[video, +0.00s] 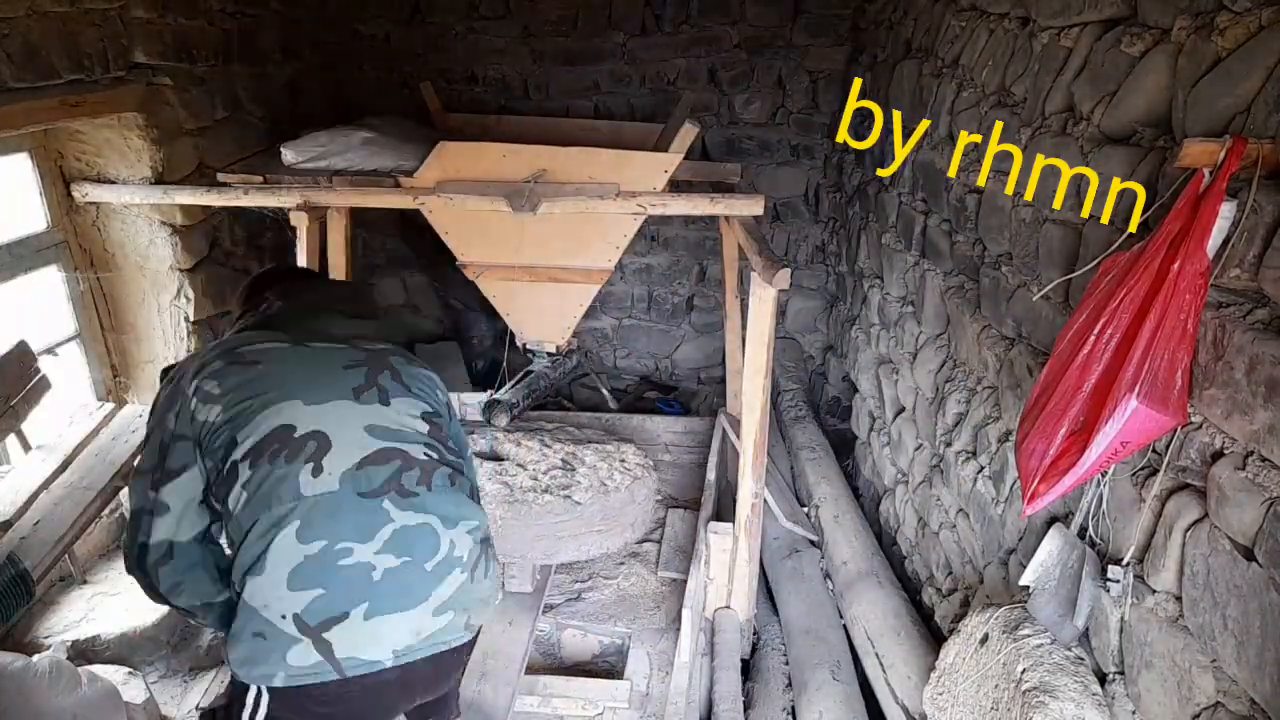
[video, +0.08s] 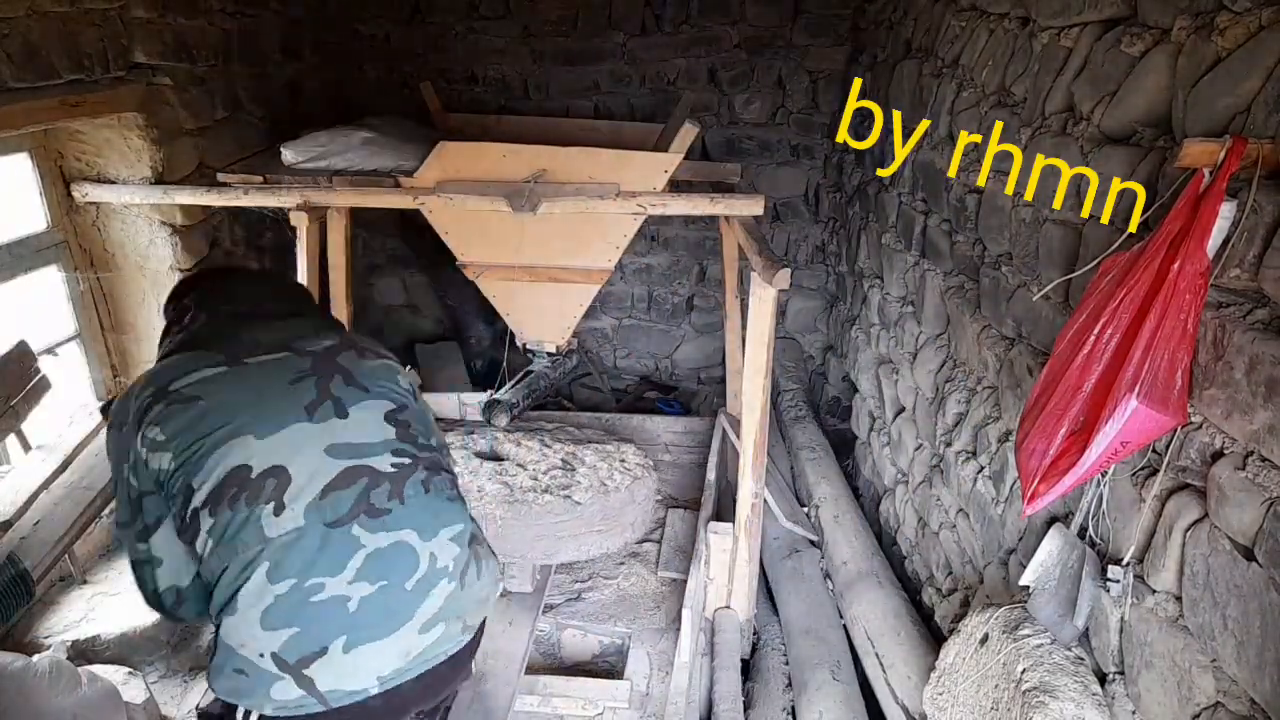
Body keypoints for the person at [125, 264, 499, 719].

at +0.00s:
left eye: (240, 309)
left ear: (249, 312)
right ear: (337, 304)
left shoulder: (199, 379)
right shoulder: (408, 367)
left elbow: (164, 548)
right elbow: (465, 495)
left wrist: (249, 620)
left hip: (311, 667)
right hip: (449, 644)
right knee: (433, 706)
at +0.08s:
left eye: (174, 320)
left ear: (184, 322)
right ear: (294, 302)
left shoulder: (145, 405)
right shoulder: (370, 354)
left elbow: (175, 588)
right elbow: (437, 471)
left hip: (300, 682)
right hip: (454, 638)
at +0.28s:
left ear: (374, 173)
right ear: (473, 197)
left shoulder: (290, 244)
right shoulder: (489, 324)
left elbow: (243, 374)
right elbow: (485, 457)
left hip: (304, 610)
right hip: (438, 591)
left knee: (313, 709)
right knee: (460, 537)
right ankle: (493, 651)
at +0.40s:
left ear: (333, 186)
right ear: (428, 190)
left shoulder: (268, 264)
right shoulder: (470, 291)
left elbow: (226, 422)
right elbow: (491, 419)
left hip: (337, 608)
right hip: (469, 575)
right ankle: (494, 699)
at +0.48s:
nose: (134, 505)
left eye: (130, 493)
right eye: (128, 493)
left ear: (135, 476)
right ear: (173, 416)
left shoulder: (168, 495)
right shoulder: (260, 414)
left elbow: (213, 663)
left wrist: (299, 699)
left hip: (451, 598)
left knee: (393, 704)